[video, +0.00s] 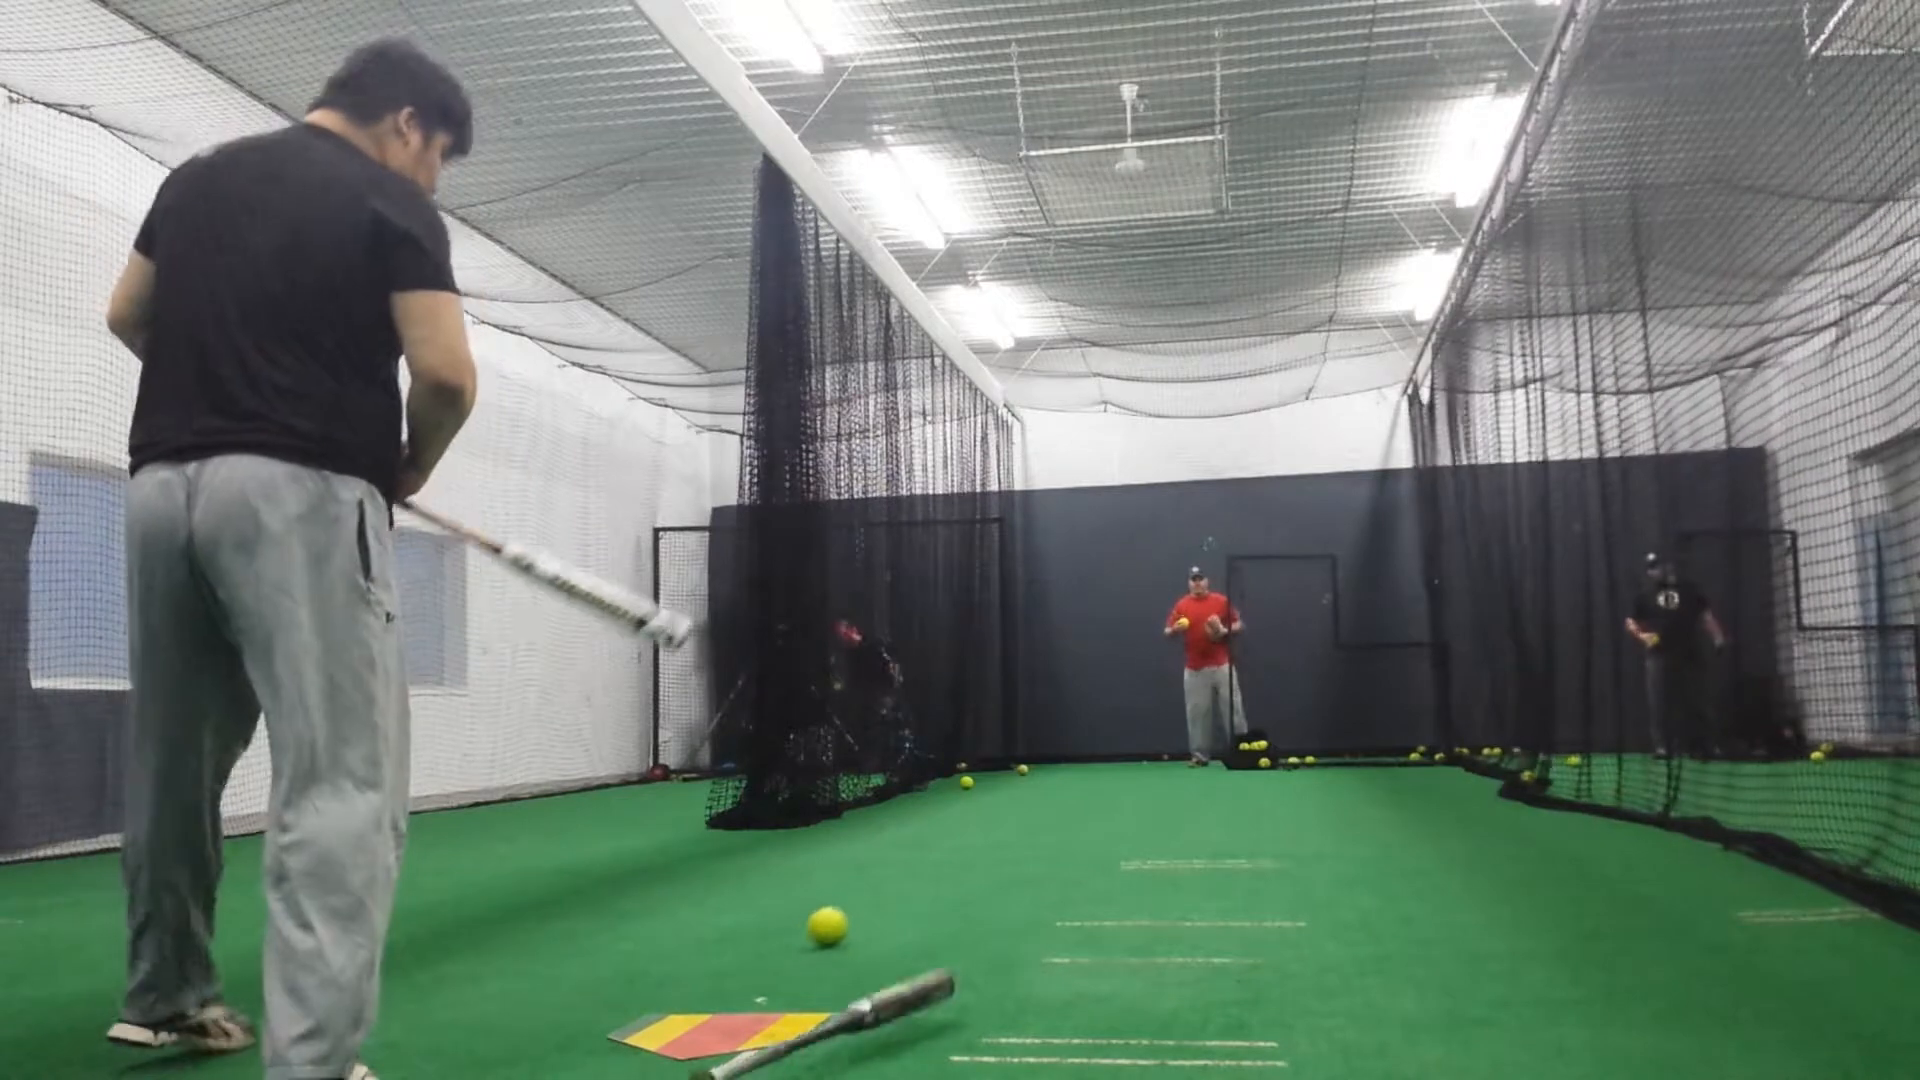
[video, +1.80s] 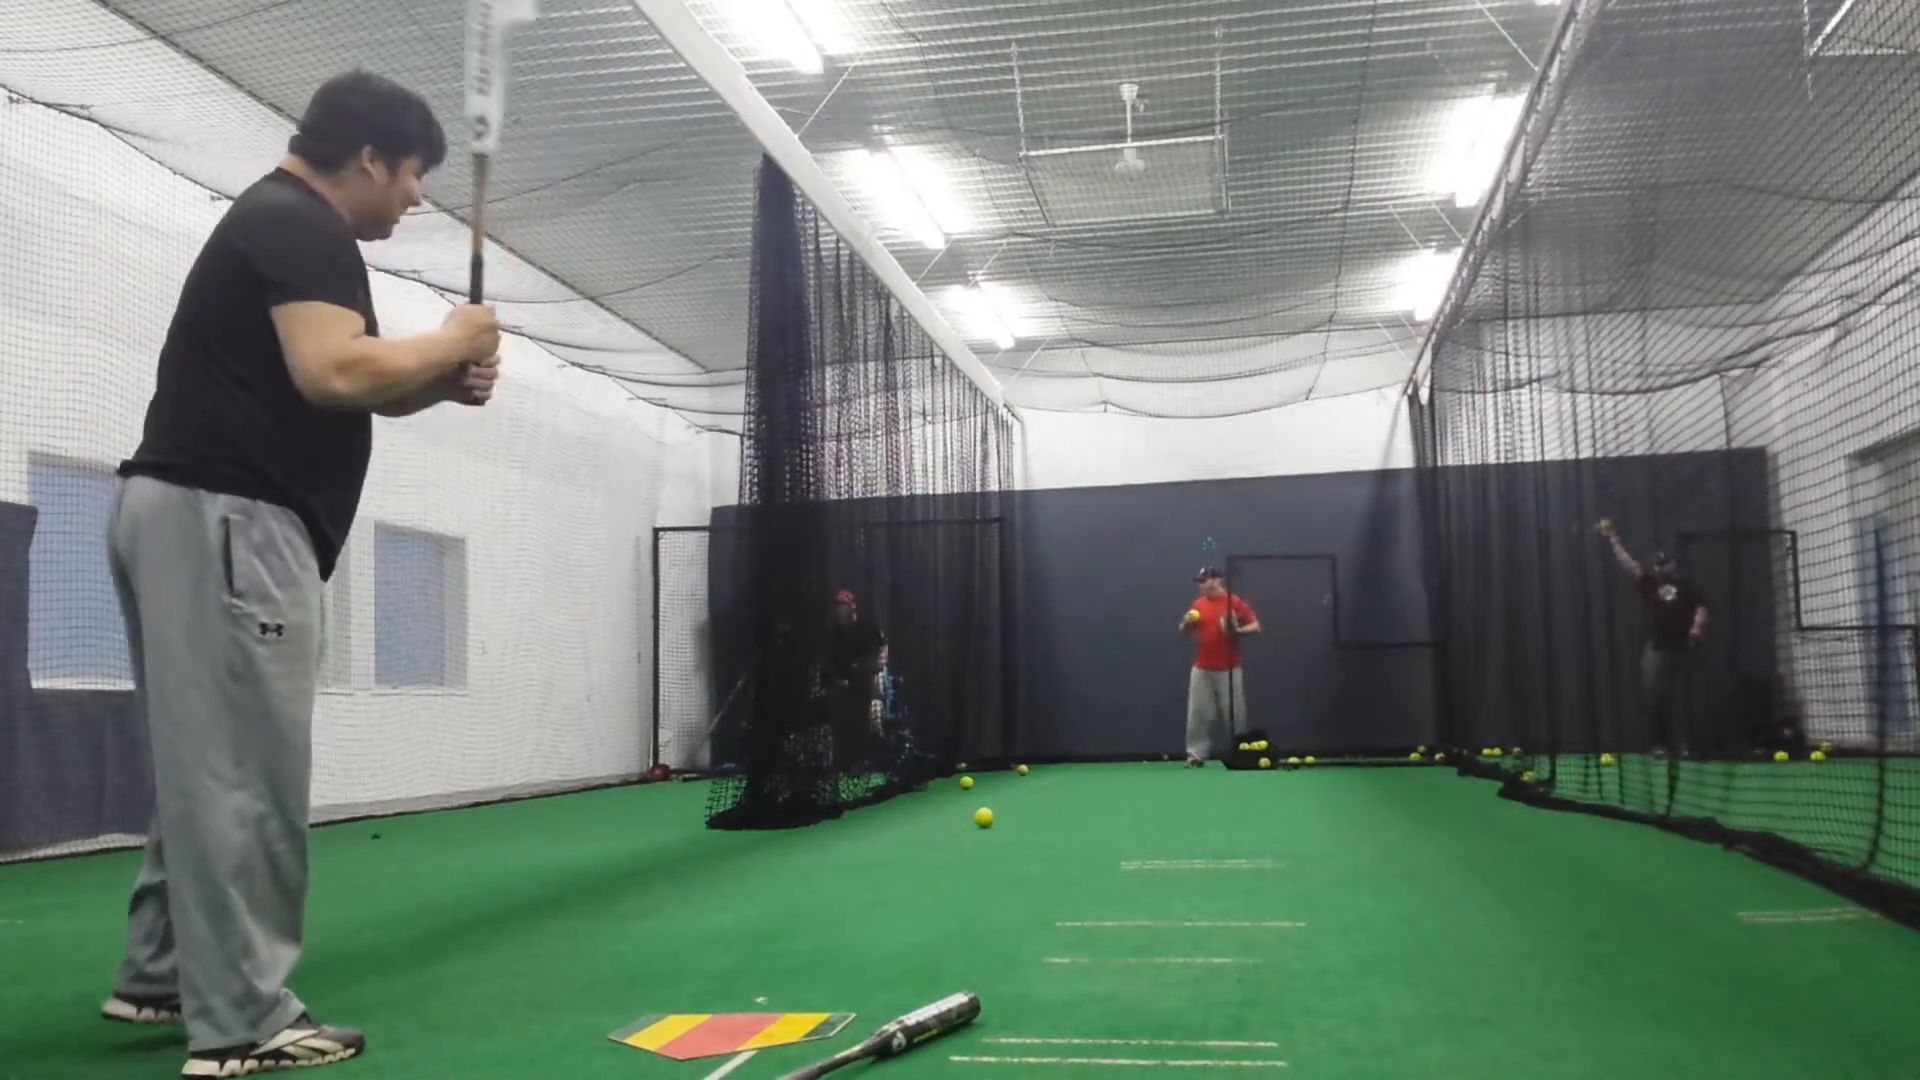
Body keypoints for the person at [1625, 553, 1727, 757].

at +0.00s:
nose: (1659, 573)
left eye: (1662, 567)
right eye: (1654, 569)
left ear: (1670, 568)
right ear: (1648, 573)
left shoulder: (1687, 590)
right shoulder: (1645, 596)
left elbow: (1706, 615)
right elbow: (1631, 622)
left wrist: (1717, 635)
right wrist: (1643, 636)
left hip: (1688, 650)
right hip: (1659, 654)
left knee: (1694, 697)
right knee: (1659, 700)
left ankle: (1700, 744)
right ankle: (1661, 744)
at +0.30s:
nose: (1648, 570)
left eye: (1651, 565)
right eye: (1644, 567)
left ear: (1659, 565)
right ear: (1639, 570)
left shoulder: (1675, 587)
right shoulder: (1635, 593)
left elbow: (1692, 614)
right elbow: (1620, 620)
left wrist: (1681, 634)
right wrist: (1635, 637)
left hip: (1675, 645)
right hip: (1651, 648)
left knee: (1681, 694)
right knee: (1653, 697)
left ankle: (1687, 742)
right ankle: (1659, 744)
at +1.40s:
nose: (1643, 571)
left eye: (1647, 566)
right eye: (1639, 567)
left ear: (1654, 567)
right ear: (1635, 570)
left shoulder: (1666, 588)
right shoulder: (1638, 590)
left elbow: (1676, 617)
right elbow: (1637, 616)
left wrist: (1669, 644)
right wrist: (1611, 618)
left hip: (1665, 650)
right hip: (1644, 650)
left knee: (1671, 696)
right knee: (1648, 696)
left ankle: (1677, 743)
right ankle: (1654, 742)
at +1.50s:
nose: (1646, 570)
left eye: (1650, 565)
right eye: (1643, 565)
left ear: (1658, 566)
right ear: (1638, 568)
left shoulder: (1670, 589)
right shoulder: (1639, 591)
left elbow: (1684, 614)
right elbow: (1631, 612)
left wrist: (1674, 640)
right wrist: (1620, 594)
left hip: (1668, 652)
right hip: (1646, 652)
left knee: (1674, 698)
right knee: (1651, 698)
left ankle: (1678, 742)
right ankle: (1656, 742)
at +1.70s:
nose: (1656, 570)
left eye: (1661, 565)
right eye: (1652, 565)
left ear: (1670, 565)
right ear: (1648, 567)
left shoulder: (1681, 585)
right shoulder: (1644, 588)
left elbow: (1694, 607)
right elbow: (1618, 585)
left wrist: (1689, 628)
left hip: (1676, 646)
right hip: (1650, 648)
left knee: (1678, 697)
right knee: (1652, 697)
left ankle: (1681, 743)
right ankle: (1657, 743)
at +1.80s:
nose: (1662, 570)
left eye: (1665, 565)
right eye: (1658, 566)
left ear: (1674, 566)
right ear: (1653, 567)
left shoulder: (1686, 586)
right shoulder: (1649, 582)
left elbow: (1701, 608)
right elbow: (1627, 562)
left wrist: (1696, 628)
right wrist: (1613, 538)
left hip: (1681, 644)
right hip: (1656, 645)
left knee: (1681, 695)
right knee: (1655, 694)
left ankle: (1681, 742)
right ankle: (1657, 743)